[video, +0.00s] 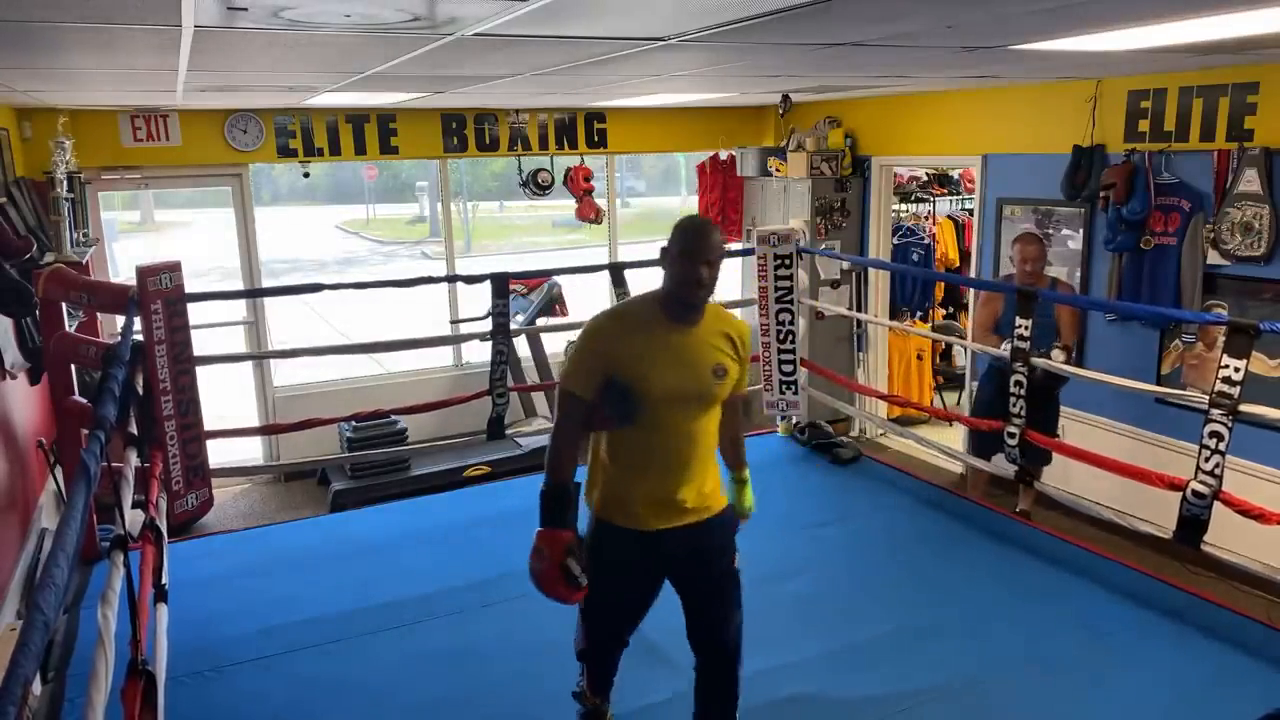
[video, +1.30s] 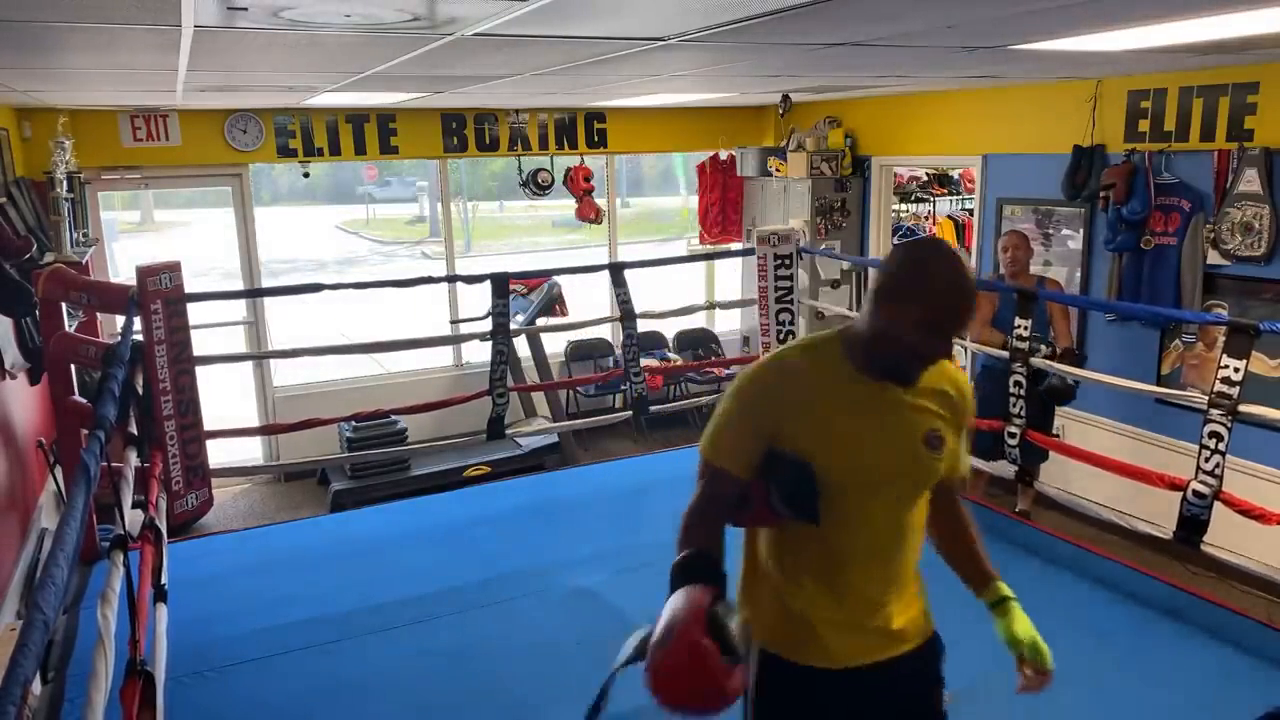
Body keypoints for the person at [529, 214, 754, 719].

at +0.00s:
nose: (703, 275)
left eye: (713, 263)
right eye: (691, 261)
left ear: (723, 267)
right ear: (665, 257)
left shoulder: (731, 334)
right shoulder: (608, 333)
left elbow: (730, 414)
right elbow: (567, 430)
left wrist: (741, 484)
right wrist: (556, 524)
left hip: (703, 523)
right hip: (623, 528)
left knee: (721, 654)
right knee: (603, 638)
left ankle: (716, 719)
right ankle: (595, 702)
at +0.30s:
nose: (762, 270)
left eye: (773, 259)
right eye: (751, 256)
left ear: (780, 264)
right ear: (717, 249)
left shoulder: (778, 339)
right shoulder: (646, 328)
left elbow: (778, 432)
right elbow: (594, 432)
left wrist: (777, 508)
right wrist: (589, 521)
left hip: (731, 533)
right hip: (654, 536)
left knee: (725, 679)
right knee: (664, 689)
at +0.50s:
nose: (789, 307)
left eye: (797, 294)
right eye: (783, 292)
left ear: (800, 288)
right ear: (748, 275)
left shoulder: (797, 353)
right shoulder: (659, 344)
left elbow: (802, 464)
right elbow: (612, 455)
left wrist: (758, 525)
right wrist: (671, 497)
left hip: (755, 563)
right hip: (683, 567)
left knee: (733, 697)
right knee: (704, 709)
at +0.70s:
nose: (792, 331)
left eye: (802, 318)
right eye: (783, 319)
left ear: (808, 304)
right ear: (744, 296)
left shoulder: (809, 352)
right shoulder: (664, 367)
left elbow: (827, 467)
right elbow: (627, 498)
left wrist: (797, 529)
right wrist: (701, 497)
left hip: (792, 589)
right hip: (707, 599)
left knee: (795, 709)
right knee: (716, 712)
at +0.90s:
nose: (806, 346)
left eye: (818, 332)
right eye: (794, 333)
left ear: (828, 312)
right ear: (758, 298)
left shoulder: (829, 358)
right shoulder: (678, 378)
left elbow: (854, 468)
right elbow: (641, 515)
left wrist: (874, 560)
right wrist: (690, 556)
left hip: (824, 607)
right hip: (729, 627)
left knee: (868, 712)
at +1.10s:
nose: (886, 349)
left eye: (894, 332)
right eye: (876, 330)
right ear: (833, 309)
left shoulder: (882, 378)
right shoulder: (724, 387)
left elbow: (880, 483)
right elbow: (669, 511)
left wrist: (945, 576)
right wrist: (671, 619)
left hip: (859, 639)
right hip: (753, 653)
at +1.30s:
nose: (940, 351)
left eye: (951, 337)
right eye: (931, 332)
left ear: (959, 326)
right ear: (886, 305)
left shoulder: (947, 390)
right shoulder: (773, 384)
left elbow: (943, 502)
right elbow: (710, 505)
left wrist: (1002, 606)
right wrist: (692, 598)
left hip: (902, 656)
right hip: (794, 664)